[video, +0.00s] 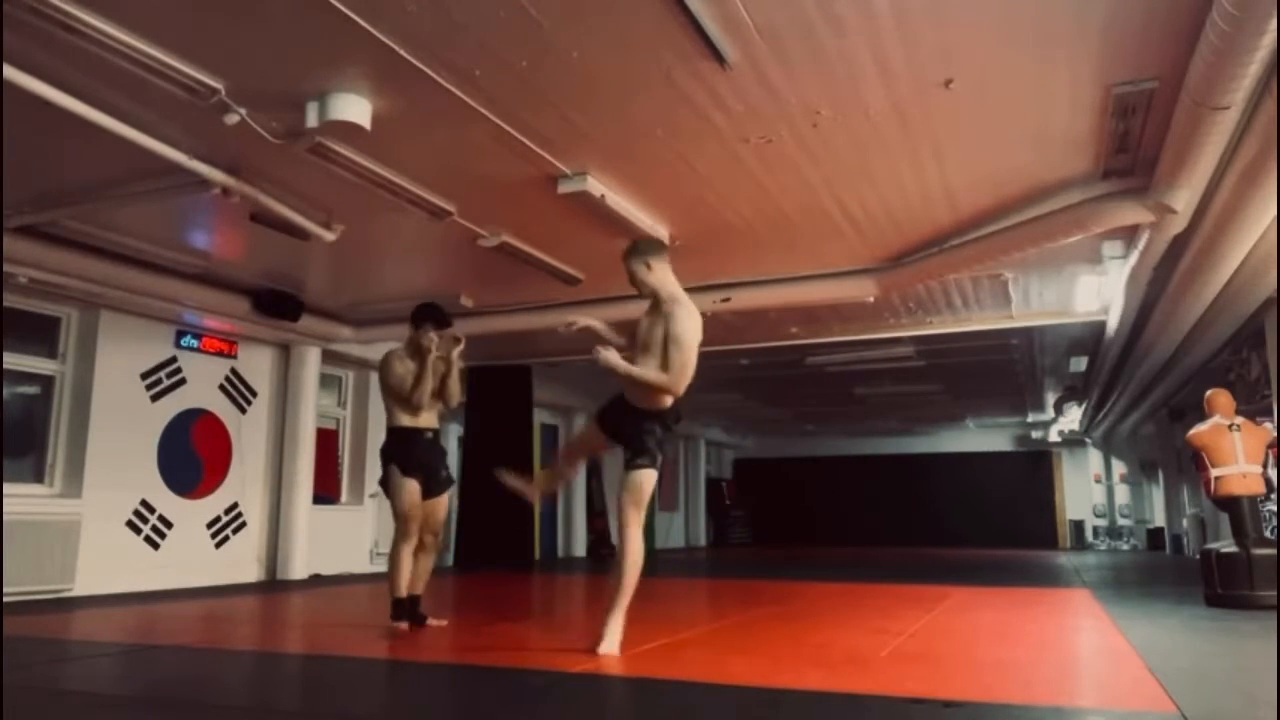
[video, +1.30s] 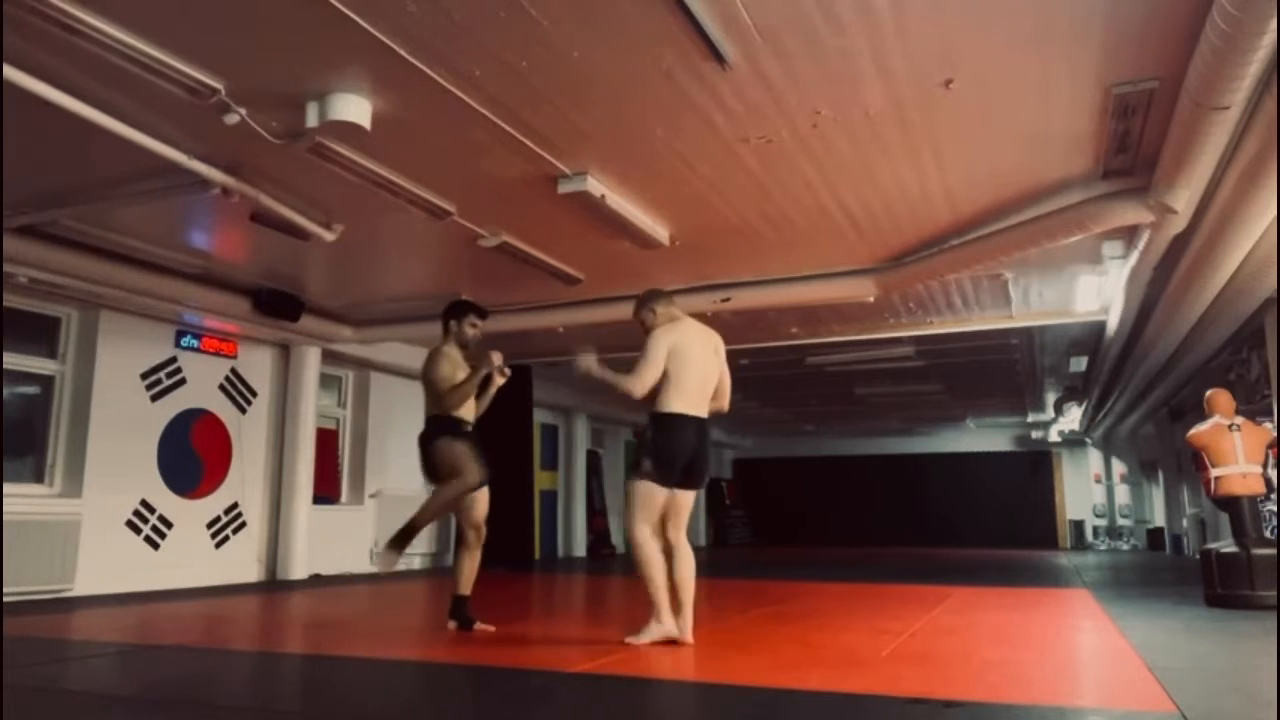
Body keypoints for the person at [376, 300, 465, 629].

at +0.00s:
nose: (435, 339)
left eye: (440, 334)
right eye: (431, 332)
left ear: (443, 336)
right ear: (415, 329)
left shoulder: (439, 363)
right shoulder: (394, 360)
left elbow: (452, 400)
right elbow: (415, 401)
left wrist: (453, 358)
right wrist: (428, 358)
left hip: (433, 448)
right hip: (402, 446)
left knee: (432, 534)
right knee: (408, 529)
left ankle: (415, 604)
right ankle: (399, 606)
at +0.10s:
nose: (430, 337)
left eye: (433, 332)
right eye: (424, 330)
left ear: (435, 333)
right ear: (408, 327)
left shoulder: (431, 359)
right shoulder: (388, 358)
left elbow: (447, 399)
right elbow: (411, 398)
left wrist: (450, 360)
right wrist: (426, 356)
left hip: (425, 445)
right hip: (396, 443)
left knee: (426, 532)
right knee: (398, 526)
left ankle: (412, 604)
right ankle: (371, 598)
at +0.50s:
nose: (401, 333)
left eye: (406, 328)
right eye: (396, 325)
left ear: (409, 332)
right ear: (378, 323)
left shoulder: (405, 365)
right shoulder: (354, 355)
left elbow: (414, 414)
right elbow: (362, 400)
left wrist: (426, 381)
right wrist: (384, 360)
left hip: (394, 446)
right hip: (360, 444)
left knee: (414, 531)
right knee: (348, 531)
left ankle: (410, 607)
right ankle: (327, 614)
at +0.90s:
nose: (425, 335)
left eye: (429, 331)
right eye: (420, 327)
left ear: (429, 334)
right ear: (399, 325)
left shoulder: (420, 368)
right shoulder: (376, 358)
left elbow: (425, 419)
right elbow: (387, 402)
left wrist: (445, 390)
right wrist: (416, 362)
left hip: (409, 453)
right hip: (375, 451)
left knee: (442, 528)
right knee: (351, 536)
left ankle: (452, 605)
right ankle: (326, 614)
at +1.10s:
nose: (459, 337)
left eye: (462, 332)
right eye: (453, 329)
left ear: (462, 335)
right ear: (433, 329)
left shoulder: (453, 367)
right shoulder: (416, 361)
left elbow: (455, 420)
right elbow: (427, 404)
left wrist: (478, 398)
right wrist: (458, 368)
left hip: (447, 453)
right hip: (413, 450)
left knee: (466, 531)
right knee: (386, 529)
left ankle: (459, 609)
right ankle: (338, 591)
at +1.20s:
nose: (471, 335)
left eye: (473, 329)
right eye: (465, 327)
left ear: (472, 332)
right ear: (446, 326)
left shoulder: (462, 366)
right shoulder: (430, 358)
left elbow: (463, 419)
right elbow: (443, 401)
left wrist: (489, 393)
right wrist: (472, 369)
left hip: (457, 446)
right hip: (428, 441)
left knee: (471, 529)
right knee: (424, 505)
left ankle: (459, 609)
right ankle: (370, 560)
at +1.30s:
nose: (476, 333)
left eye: (479, 328)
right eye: (472, 326)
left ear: (475, 331)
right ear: (452, 325)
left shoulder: (466, 364)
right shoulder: (441, 355)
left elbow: (471, 414)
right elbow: (447, 401)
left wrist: (494, 386)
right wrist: (481, 371)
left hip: (465, 440)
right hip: (442, 434)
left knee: (475, 530)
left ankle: (461, 608)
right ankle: (402, 539)